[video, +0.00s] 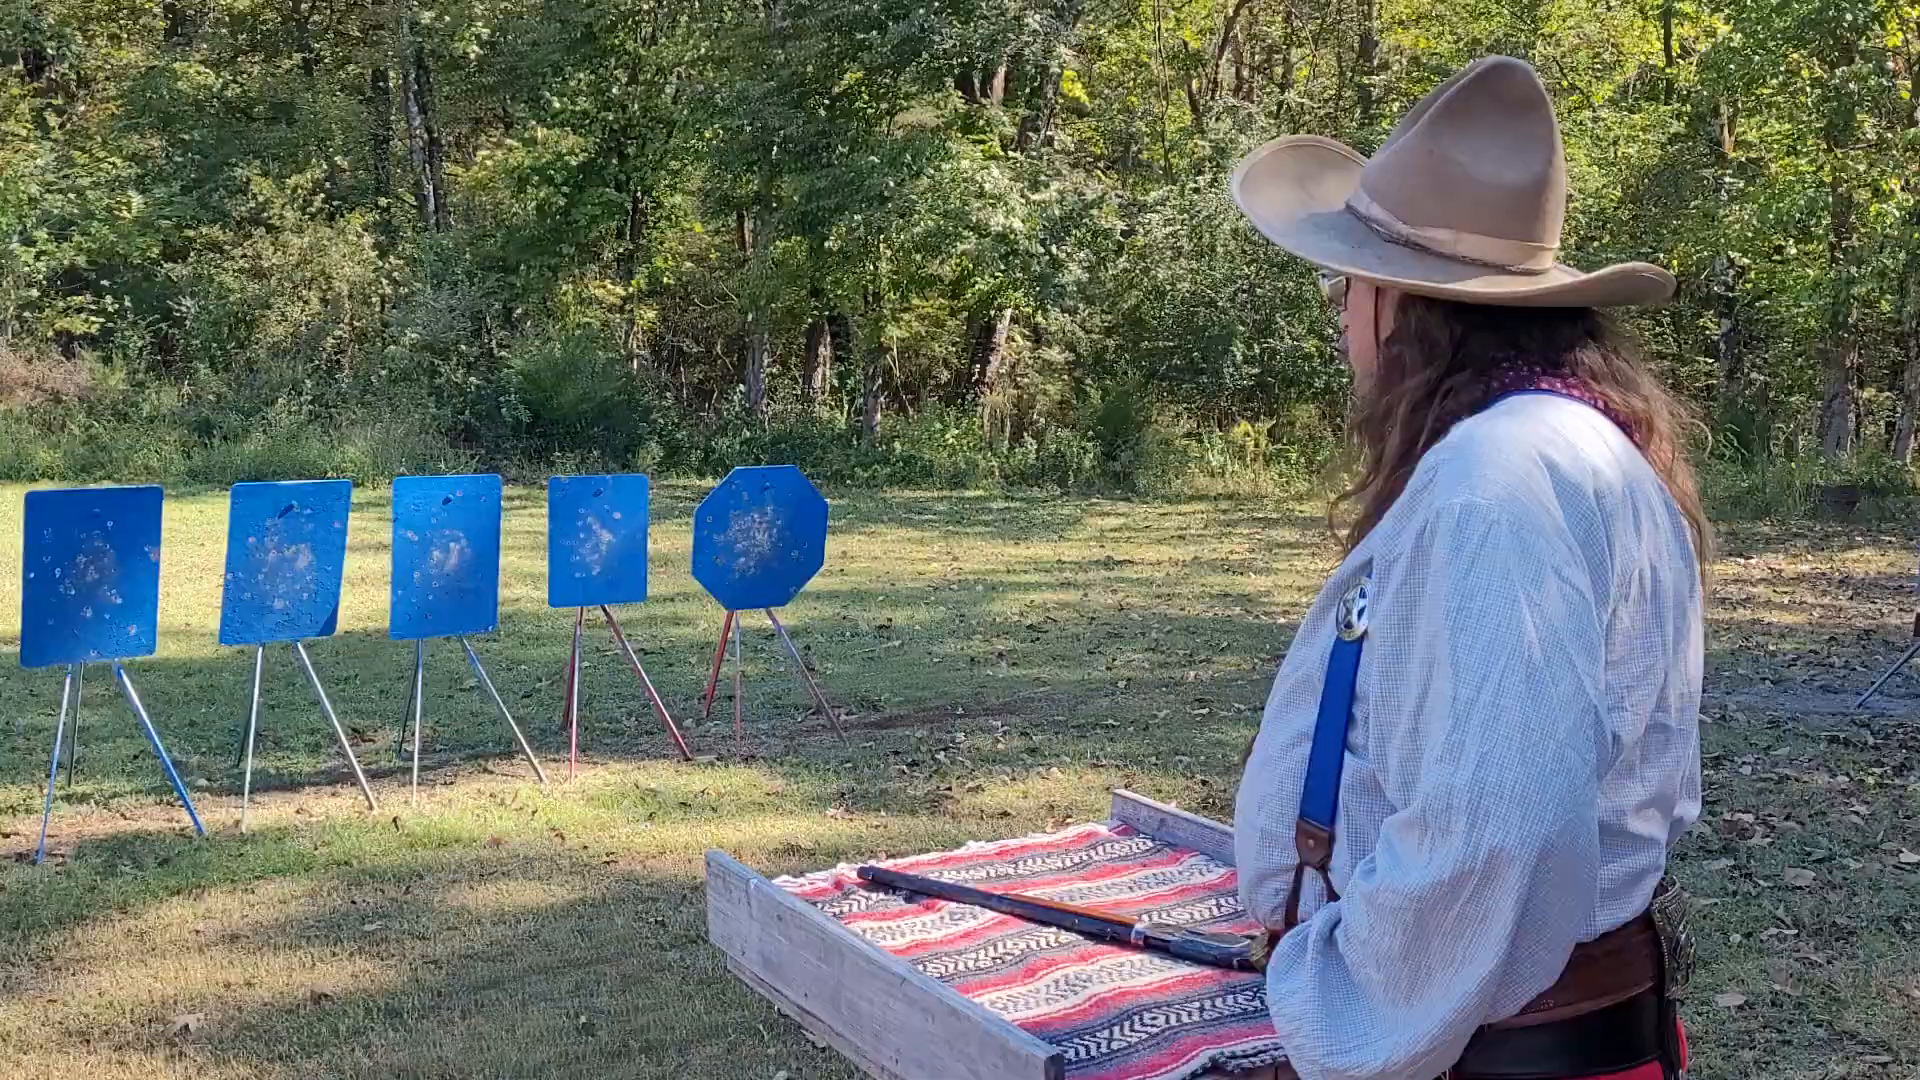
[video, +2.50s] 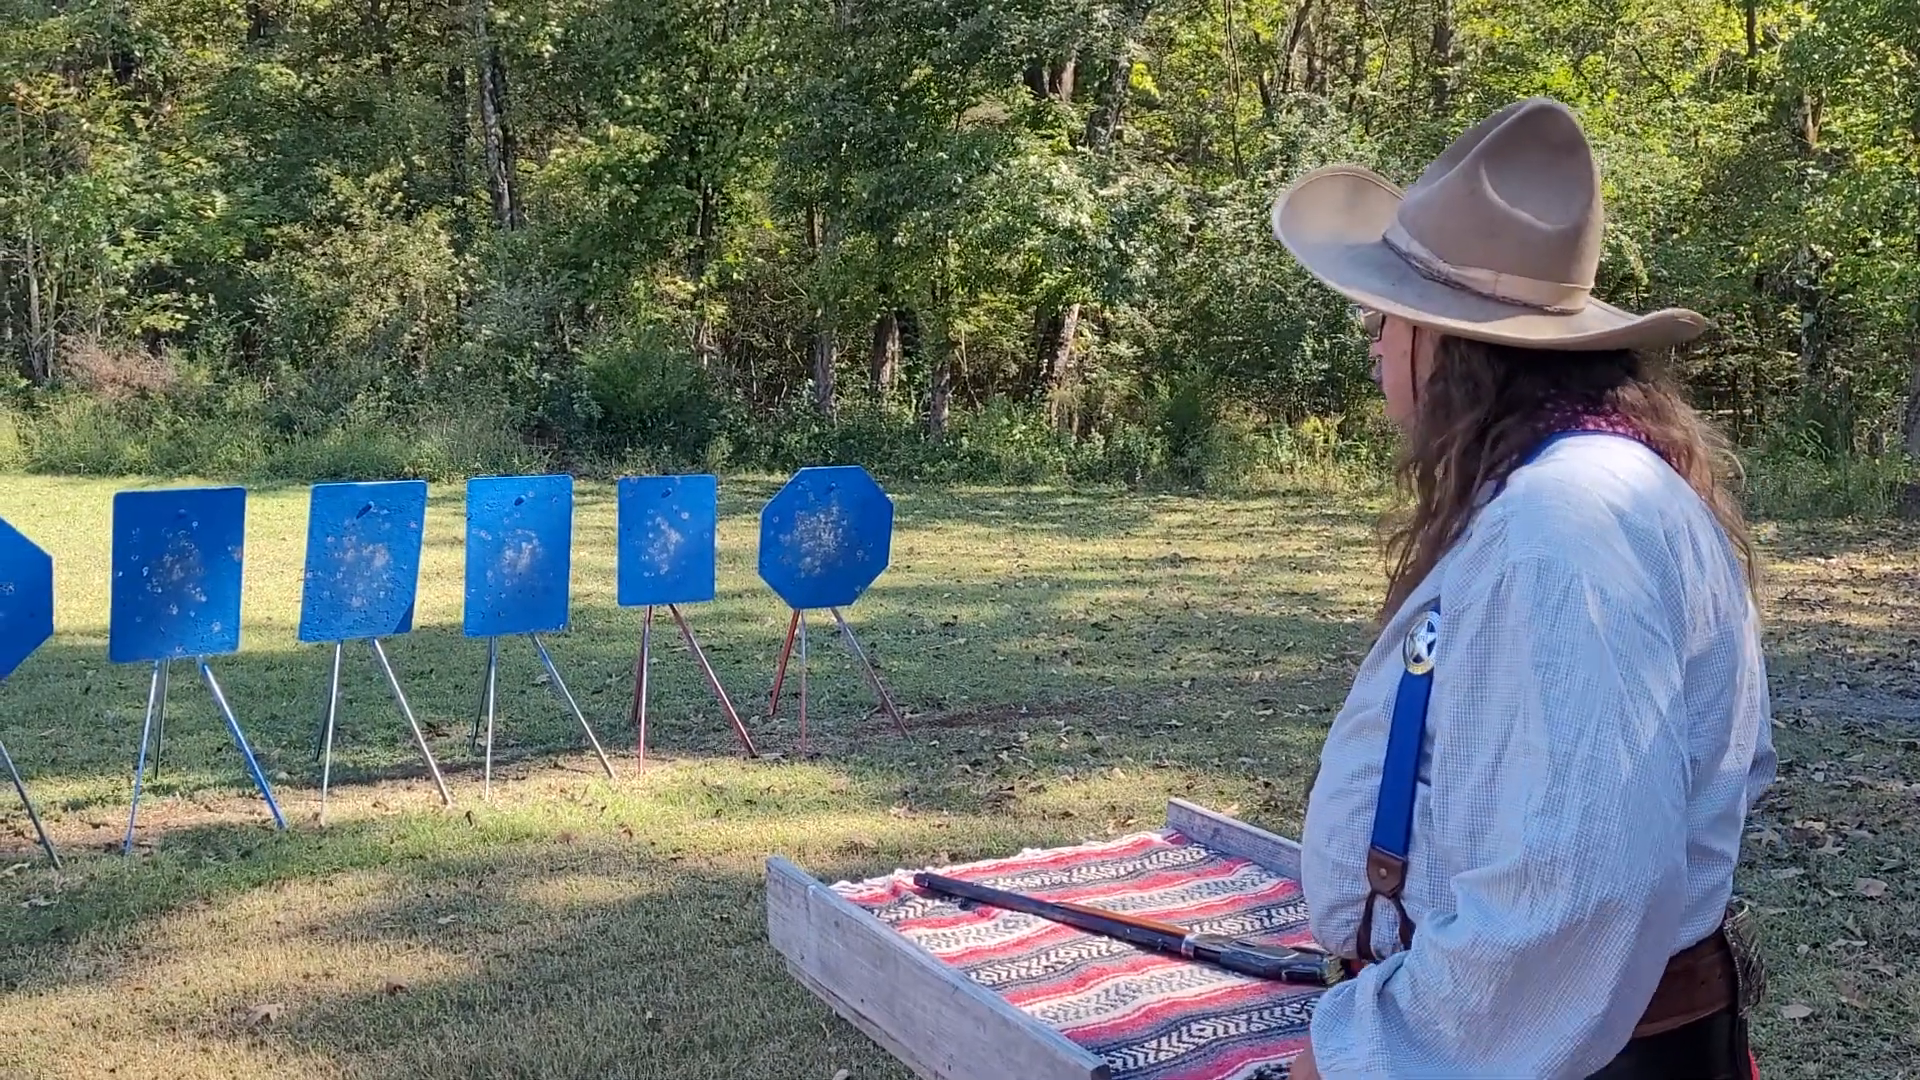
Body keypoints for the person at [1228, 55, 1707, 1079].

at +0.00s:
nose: (1339, 310)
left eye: (1348, 284)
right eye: (1343, 283)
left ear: (1402, 304)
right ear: (1518, 301)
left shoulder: (1502, 473)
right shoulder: (1588, 444)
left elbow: (1496, 824)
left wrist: (1327, 975)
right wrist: (1334, 875)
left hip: (1512, 1031)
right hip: (1598, 996)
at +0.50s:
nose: (1339, 333)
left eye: (1353, 309)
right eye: (1345, 309)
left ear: (1411, 335)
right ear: (1518, 325)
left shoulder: (1498, 504)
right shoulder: (1589, 470)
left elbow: (1481, 853)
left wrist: (1320, 1001)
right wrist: (1340, 896)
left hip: (1508, 1034)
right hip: (1593, 1001)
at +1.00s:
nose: (1369, 345)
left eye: (1381, 320)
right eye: (1374, 319)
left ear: (1439, 341)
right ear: (1546, 334)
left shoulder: (1523, 506)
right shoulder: (1609, 478)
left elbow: (1504, 858)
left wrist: (1339, 998)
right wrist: (1355, 895)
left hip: (1527, 1035)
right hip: (1611, 1004)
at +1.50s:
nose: (1395, 344)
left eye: (1406, 317)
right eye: (1400, 316)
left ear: (1464, 337)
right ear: (1569, 329)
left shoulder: (1551, 503)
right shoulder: (1639, 471)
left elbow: (1531, 852)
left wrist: (1363, 997)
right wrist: (1380, 893)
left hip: (1553, 1035)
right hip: (1637, 1003)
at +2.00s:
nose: (1414, 341)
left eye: (1426, 317)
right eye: (1419, 316)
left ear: (1483, 338)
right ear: (1590, 332)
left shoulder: (1570, 505)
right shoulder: (1659, 475)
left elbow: (1549, 852)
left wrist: (1379, 991)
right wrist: (1403, 908)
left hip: (1572, 1035)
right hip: (1658, 1002)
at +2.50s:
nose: (1370, 344)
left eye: (1384, 319)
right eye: (1376, 319)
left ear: (1450, 344)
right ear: (1536, 337)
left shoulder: (1567, 517)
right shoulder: (1609, 484)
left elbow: (1570, 893)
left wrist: (1353, 1043)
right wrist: (1396, 933)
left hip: (1585, 1040)